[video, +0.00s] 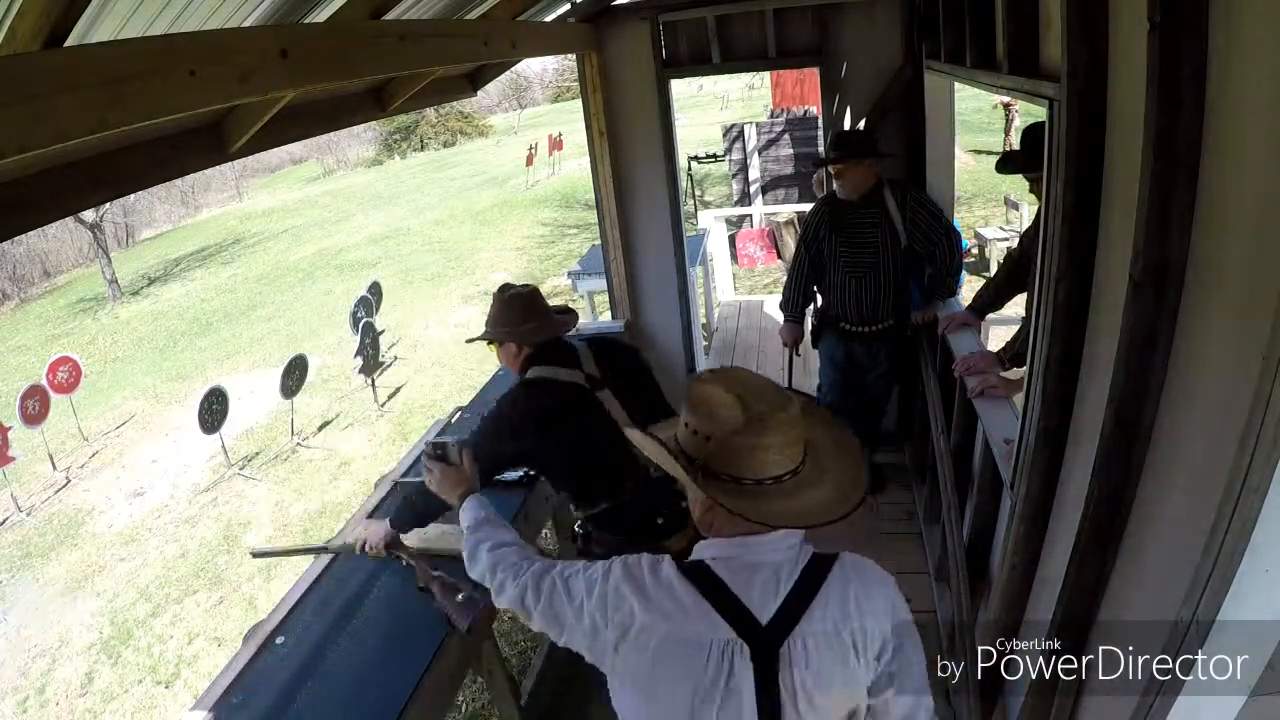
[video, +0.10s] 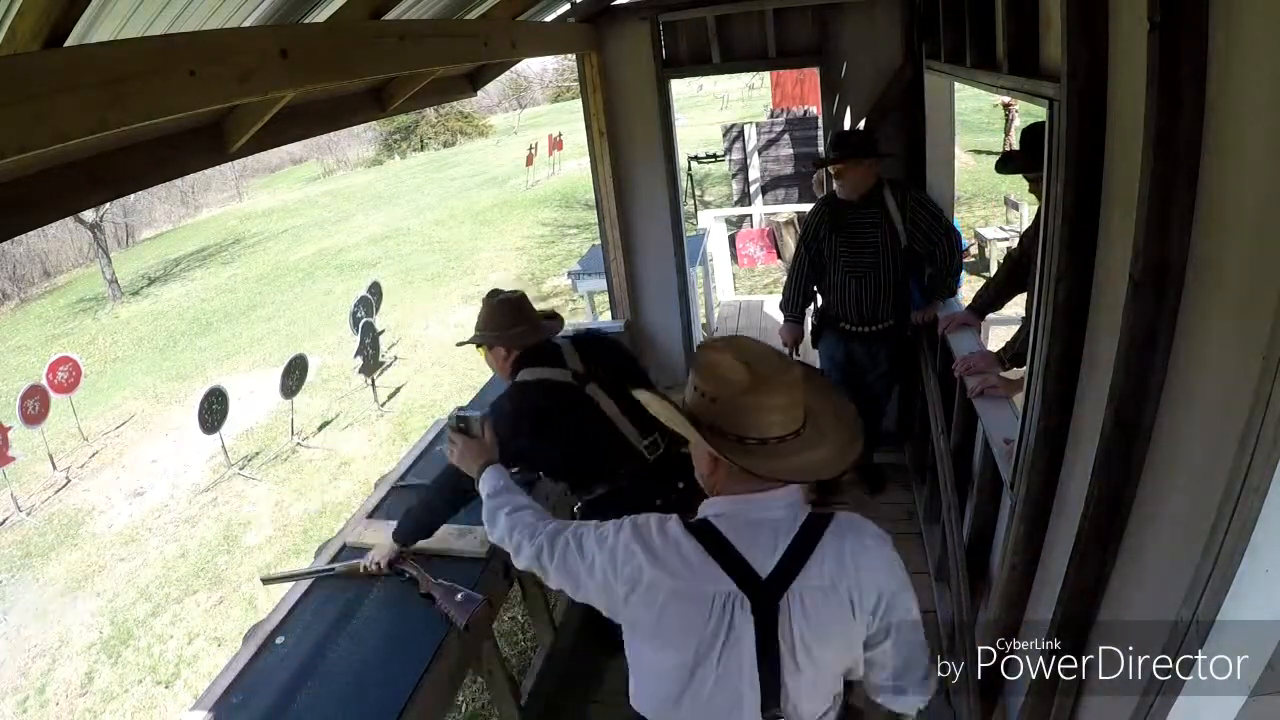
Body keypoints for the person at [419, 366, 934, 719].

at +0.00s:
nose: (678, 492)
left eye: (682, 480)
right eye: (678, 480)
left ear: (700, 496)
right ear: (802, 490)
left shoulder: (631, 597)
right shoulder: (870, 598)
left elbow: (514, 574)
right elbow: (909, 711)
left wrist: (467, 500)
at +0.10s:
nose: (690, 452)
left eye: (692, 440)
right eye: (691, 437)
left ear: (710, 462)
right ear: (803, 449)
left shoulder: (640, 552)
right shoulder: (865, 553)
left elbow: (537, 541)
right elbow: (905, 694)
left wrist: (486, 471)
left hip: (673, 708)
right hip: (813, 710)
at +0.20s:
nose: (687, 417)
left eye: (692, 407)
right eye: (689, 406)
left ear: (712, 424)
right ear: (798, 421)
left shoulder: (649, 520)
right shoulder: (859, 515)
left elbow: (544, 512)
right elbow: (901, 643)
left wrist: (499, 443)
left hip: (694, 708)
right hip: (815, 703)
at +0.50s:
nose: (677, 360)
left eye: (682, 350)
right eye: (678, 349)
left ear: (702, 364)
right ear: (775, 363)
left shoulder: (652, 451)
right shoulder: (835, 451)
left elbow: (548, 457)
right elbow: (876, 578)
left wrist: (498, 394)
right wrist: (814, 535)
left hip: (685, 678)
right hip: (788, 675)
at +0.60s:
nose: (673, 356)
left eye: (677, 345)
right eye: (674, 345)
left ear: (695, 356)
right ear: (765, 354)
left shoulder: (645, 443)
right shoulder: (823, 444)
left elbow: (542, 447)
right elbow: (868, 575)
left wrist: (497, 385)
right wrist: (812, 519)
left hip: (681, 656)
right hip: (778, 652)